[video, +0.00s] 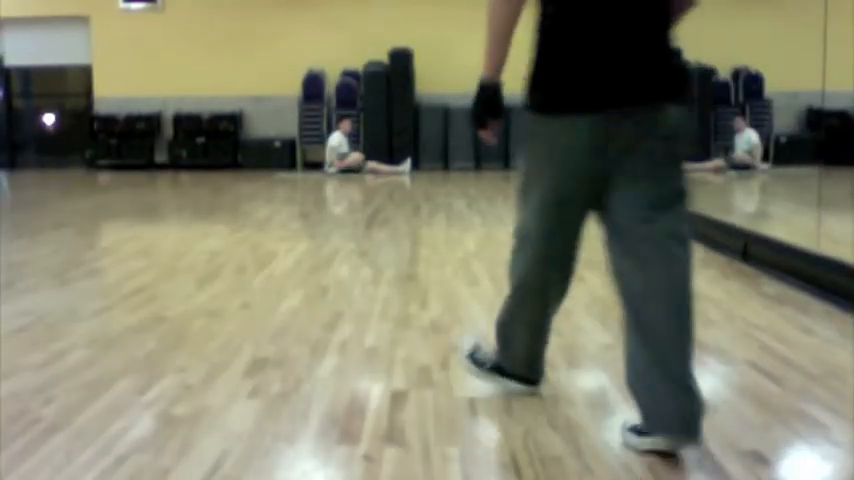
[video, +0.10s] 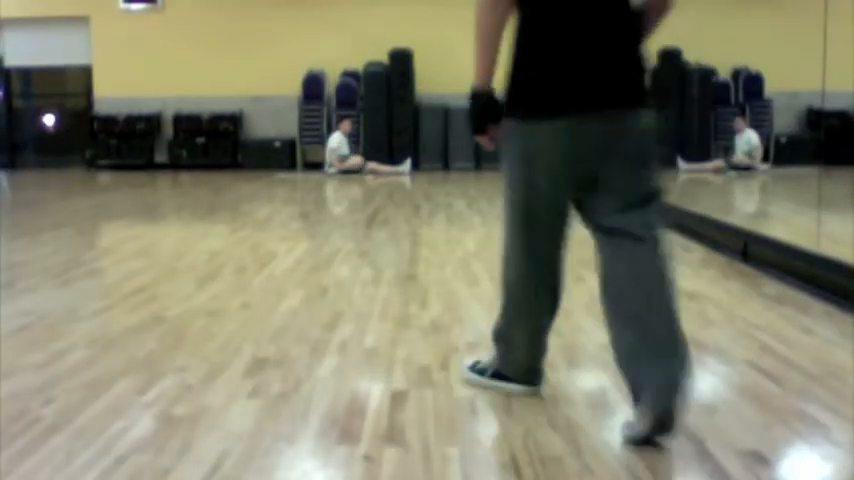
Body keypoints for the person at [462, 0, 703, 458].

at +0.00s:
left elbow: (509, 0)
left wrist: (490, 80)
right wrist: (649, 31)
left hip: (568, 85)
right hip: (649, 82)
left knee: (543, 236)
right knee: (654, 254)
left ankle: (518, 359)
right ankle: (672, 418)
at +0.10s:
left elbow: (495, 3)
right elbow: (659, 1)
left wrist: (482, 89)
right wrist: (623, 41)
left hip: (545, 89)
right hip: (620, 85)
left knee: (531, 236)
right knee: (630, 233)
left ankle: (517, 361)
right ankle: (658, 390)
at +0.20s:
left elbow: (475, 6)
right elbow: (629, 2)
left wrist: (457, 87)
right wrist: (601, 54)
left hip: (515, 86)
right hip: (580, 80)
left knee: (505, 231)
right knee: (583, 207)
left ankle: (515, 364)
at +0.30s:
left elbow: (462, 5)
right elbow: (612, 3)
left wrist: (438, 78)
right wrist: (591, 60)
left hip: (507, 83)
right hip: (570, 78)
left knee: (501, 226)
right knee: (552, 199)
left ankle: (513, 363)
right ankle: (572, 311)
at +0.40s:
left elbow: (443, 4)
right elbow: (590, 6)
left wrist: (413, 61)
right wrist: (581, 69)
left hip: (501, 85)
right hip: (543, 81)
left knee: (500, 228)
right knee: (499, 224)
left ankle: (518, 365)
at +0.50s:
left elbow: (438, 6)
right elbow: (572, 8)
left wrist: (404, 53)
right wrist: (569, 75)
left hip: (494, 98)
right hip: (531, 94)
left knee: (493, 234)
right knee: (500, 222)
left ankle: (519, 365)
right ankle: (489, 317)